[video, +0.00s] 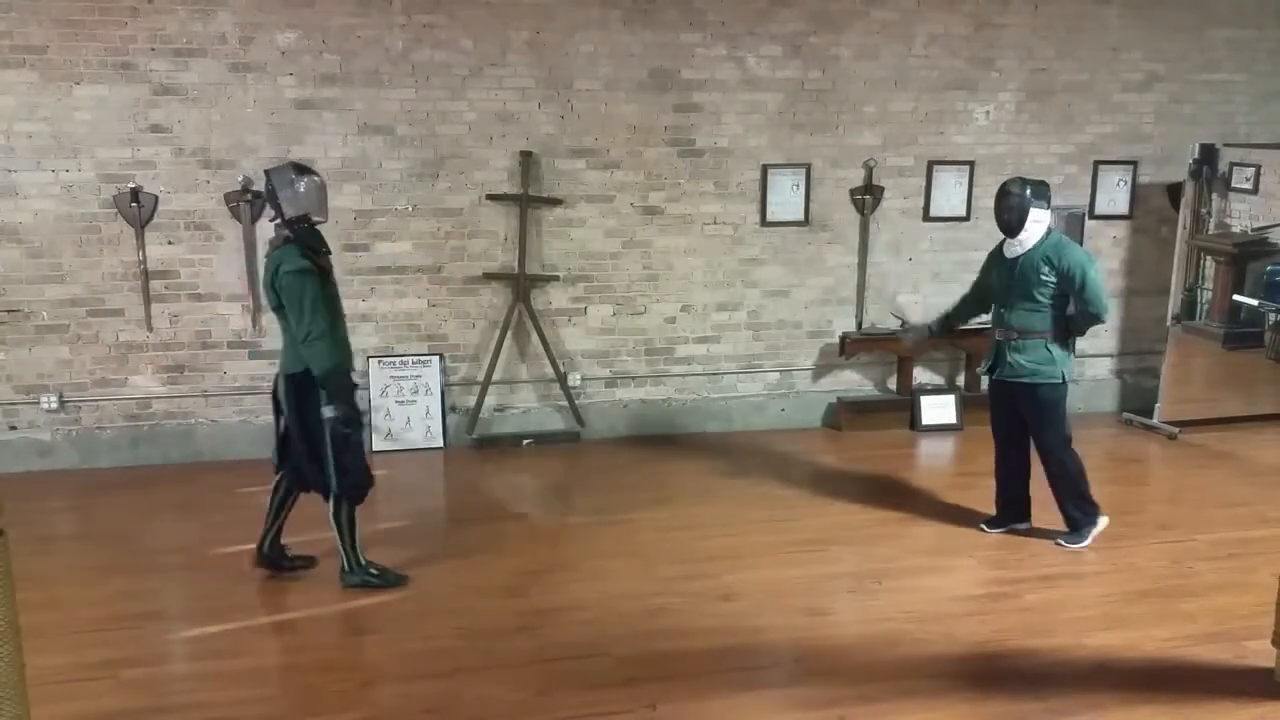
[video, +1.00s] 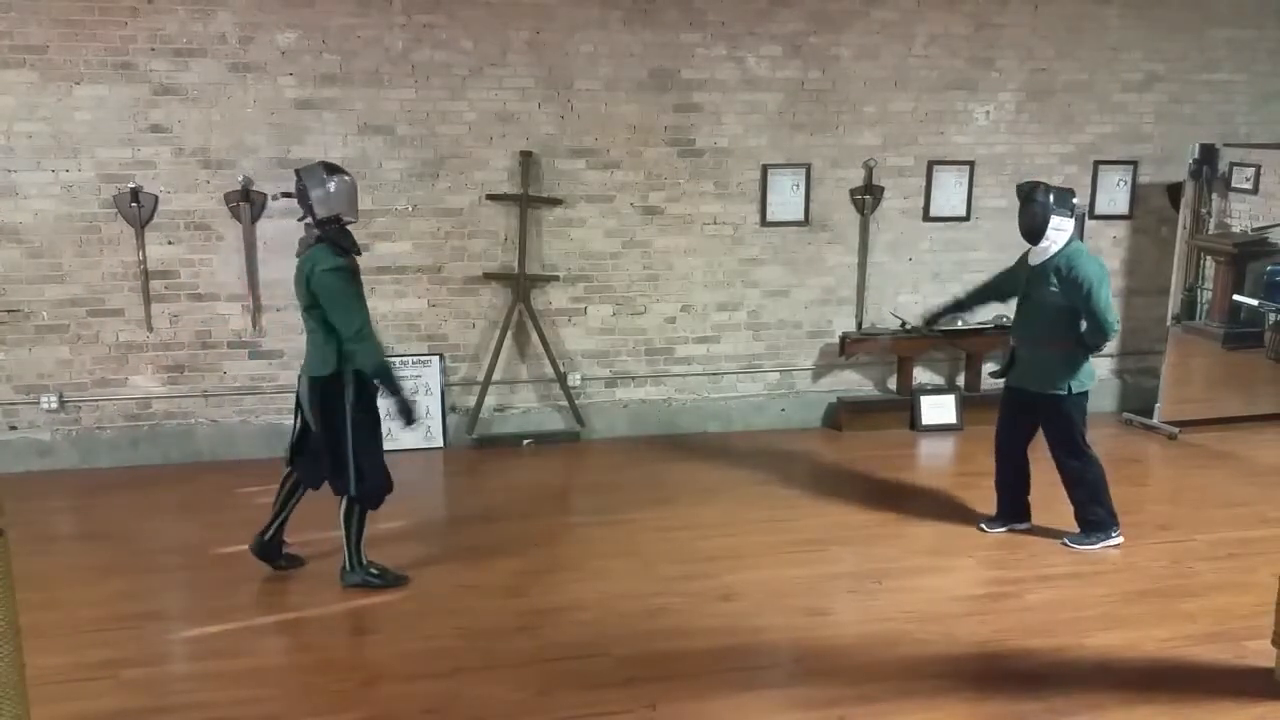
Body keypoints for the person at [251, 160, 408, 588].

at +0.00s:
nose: (321, 200)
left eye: (317, 192)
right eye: (314, 193)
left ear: (281, 204)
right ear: (301, 200)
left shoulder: (292, 251)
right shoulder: (297, 259)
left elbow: (306, 328)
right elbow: (314, 333)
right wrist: (338, 393)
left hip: (300, 378)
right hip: (314, 380)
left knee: (297, 467)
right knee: (344, 472)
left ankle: (270, 546)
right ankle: (354, 565)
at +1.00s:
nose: (351, 206)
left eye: (347, 198)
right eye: (346, 199)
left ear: (310, 205)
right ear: (336, 203)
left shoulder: (314, 254)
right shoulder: (329, 262)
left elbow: (339, 328)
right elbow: (357, 333)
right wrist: (394, 388)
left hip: (318, 376)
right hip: (342, 378)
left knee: (308, 461)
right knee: (363, 473)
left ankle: (269, 539)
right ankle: (356, 565)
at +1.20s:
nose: (356, 208)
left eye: (352, 201)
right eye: (351, 201)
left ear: (313, 208)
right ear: (341, 206)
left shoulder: (312, 255)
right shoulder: (334, 261)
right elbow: (389, 297)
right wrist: (455, 324)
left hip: (312, 377)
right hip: (339, 380)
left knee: (298, 464)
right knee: (360, 474)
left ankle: (257, 541)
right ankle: (355, 566)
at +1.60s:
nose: (350, 211)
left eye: (348, 203)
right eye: (344, 204)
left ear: (306, 210)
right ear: (332, 206)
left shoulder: (303, 252)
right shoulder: (324, 248)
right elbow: (373, 224)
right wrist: (431, 192)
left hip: (305, 375)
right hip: (332, 375)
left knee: (275, 461)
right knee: (360, 471)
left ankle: (234, 542)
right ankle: (355, 565)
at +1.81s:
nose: (345, 209)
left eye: (343, 202)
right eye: (340, 202)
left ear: (303, 212)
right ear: (328, 207)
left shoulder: (298, 251)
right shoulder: (320, 245)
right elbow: (365, 217)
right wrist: (420, 179)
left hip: (302, 375)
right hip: (328, 373)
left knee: (272, 461)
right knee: (359, 472)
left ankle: (231, 543)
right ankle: (356, 565)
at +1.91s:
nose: (344, 208)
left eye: (342, 202)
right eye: (339, 202)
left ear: (302, 211)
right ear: (326, 206)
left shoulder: (296, 251)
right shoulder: (318, 245)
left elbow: (355, 221)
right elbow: (362, 217)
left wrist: (410, 183)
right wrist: (417, 179)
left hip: (300, 375)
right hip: (326, 373)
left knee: (271, 461)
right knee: (358, 472)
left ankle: (230, 542)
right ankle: (355, 564)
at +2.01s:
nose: (344, 208)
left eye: (342, 202)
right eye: (338, 202)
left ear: (301, 211)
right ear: (327, 206)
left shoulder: (296, 251)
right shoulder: (319, 245)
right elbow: (362, 218)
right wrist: (417, 181)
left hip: (300, 374)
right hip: (326, 372)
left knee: (271, 461)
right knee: (356, 471)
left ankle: (230, 542)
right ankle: (354, 565)